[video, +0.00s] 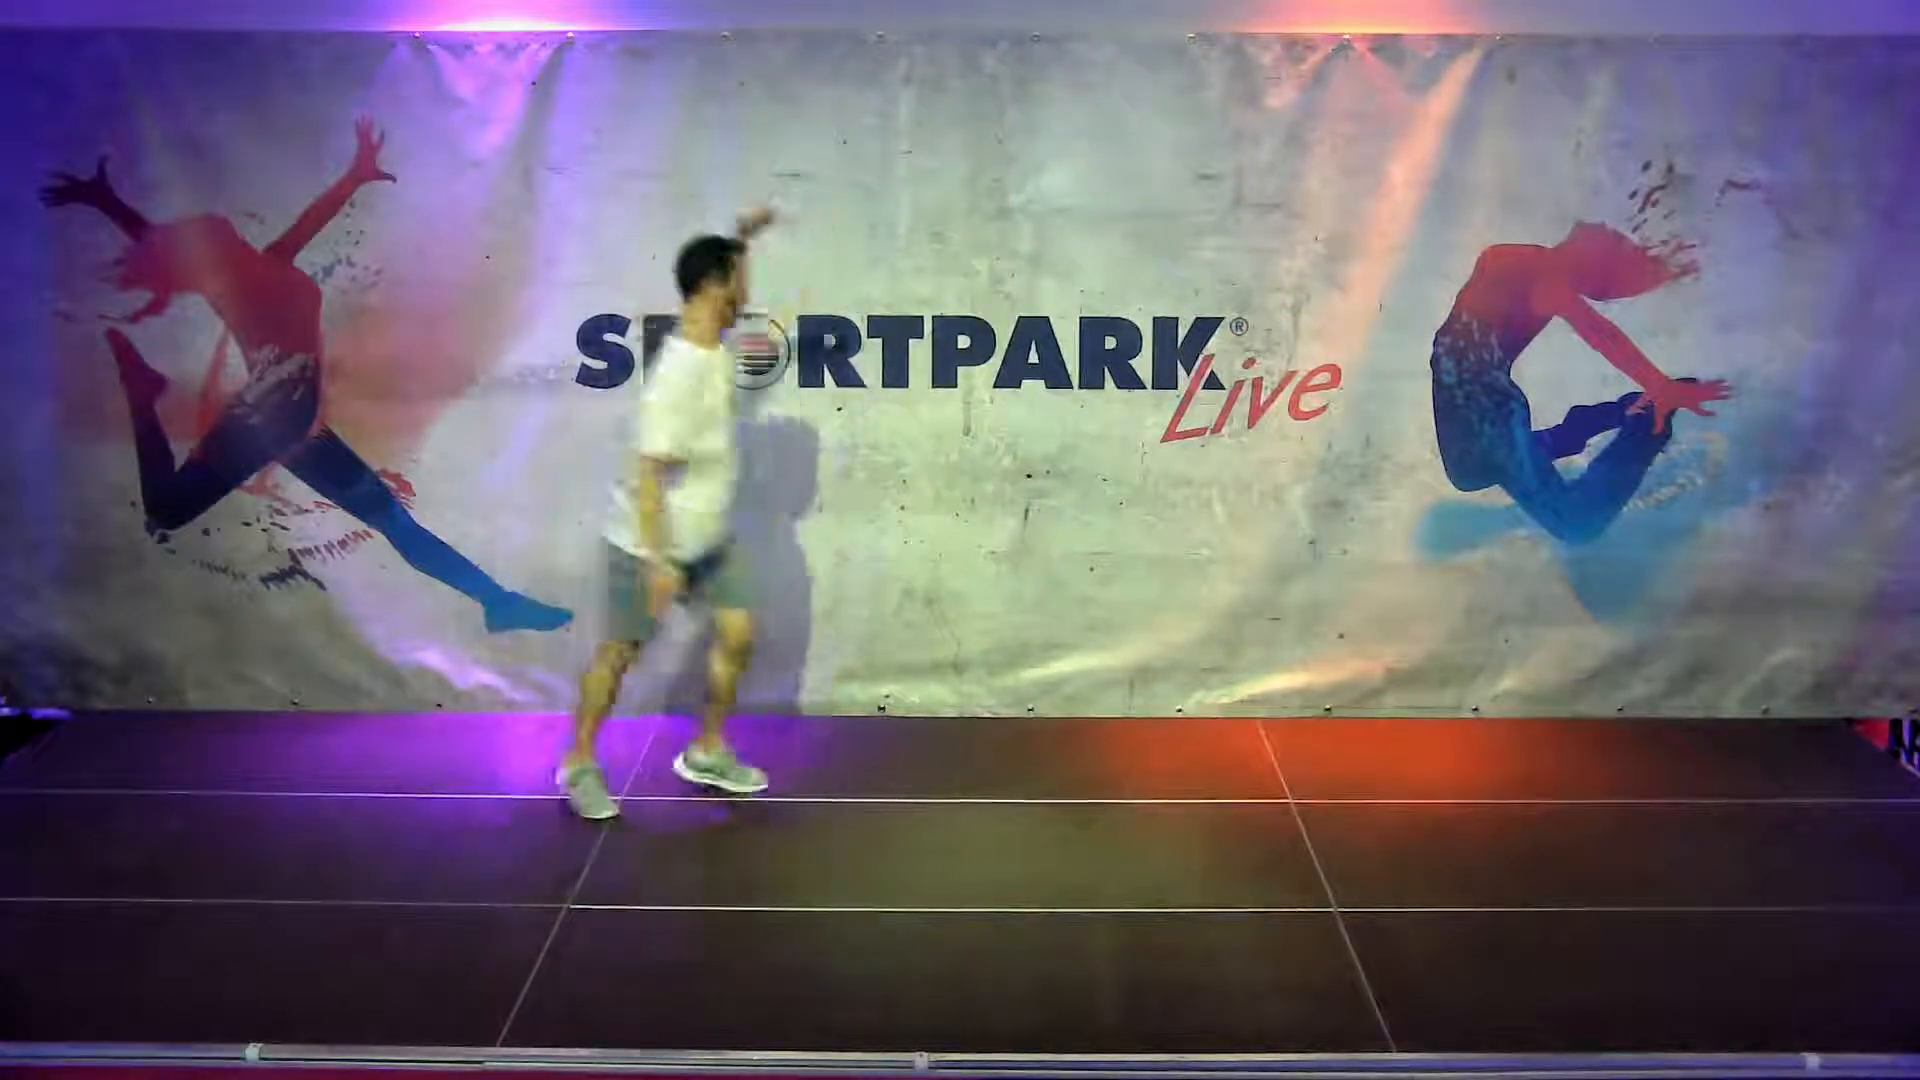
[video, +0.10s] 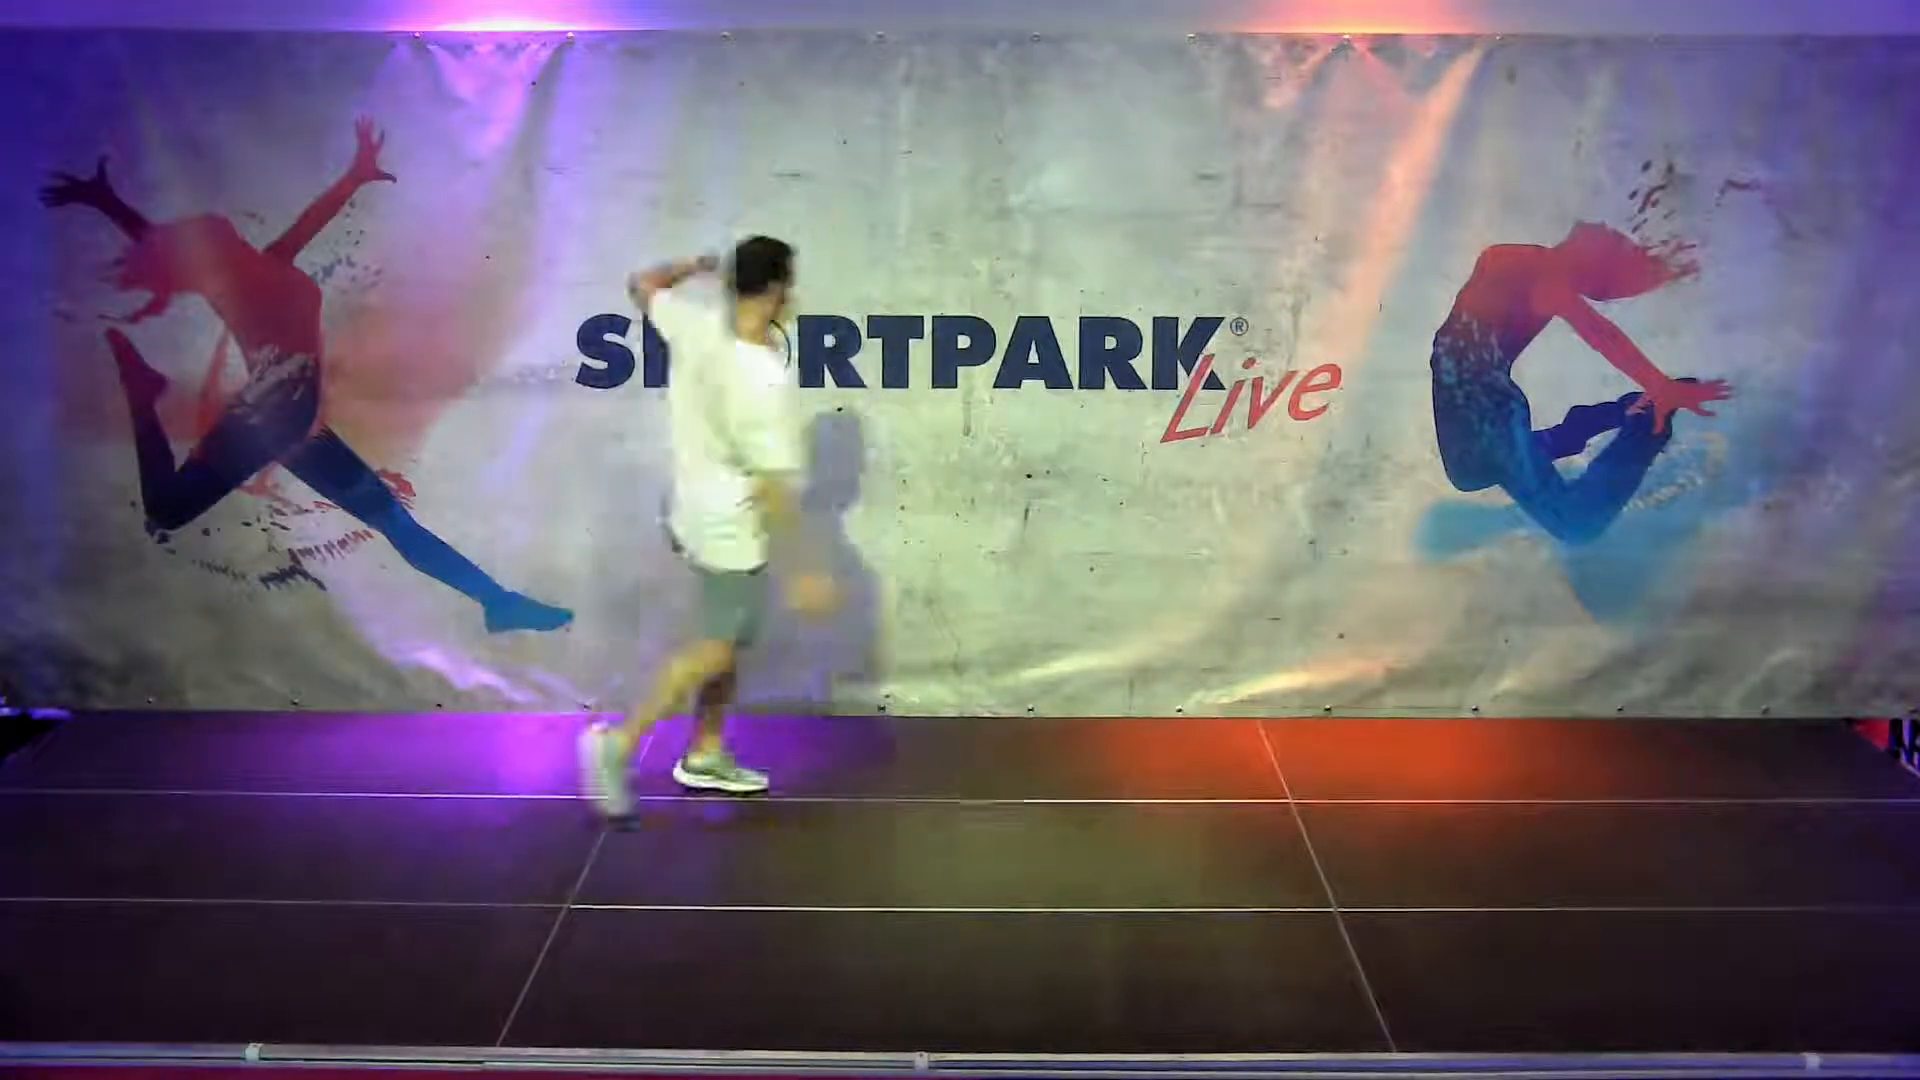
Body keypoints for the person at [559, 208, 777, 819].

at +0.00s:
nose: (744, 289)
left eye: (742, 277)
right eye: (737, 278)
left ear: (702, 287)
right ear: (713, 286)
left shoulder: (712, 349)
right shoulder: (677, 369)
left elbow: (728, 290)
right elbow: (650, 469)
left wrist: (745, 239)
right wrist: (658, 557)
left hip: (704, 528)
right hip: (648, 533)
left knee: (737, 632)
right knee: (619, 649)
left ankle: (709, 748)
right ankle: (580, 761)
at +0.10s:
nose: (789, 296)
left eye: (786, 286)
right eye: (786, 287)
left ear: (735, 285)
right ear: (774, 291)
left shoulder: (693, 326)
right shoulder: (759, 371)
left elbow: (643, 286)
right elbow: (773, 482)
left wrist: (688, 267)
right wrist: (805, 565)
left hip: (699, 508)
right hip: (731, 518)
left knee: (730, 635)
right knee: (718, 644)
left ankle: (706, 754)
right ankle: (619, 742)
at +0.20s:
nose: (846, 299)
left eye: (843, 290)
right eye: (844, 291)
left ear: (797, 285)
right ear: (837, 295)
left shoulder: (743, 315)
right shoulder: (823, 381)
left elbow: (662, 311)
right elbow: (867, 481)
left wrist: (653, 308)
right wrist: (911, 530)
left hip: (712, 502)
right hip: (765, 516)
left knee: (735, 616)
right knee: (806, 632)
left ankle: (714, 749)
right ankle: (726, 747)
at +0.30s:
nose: (889, 320)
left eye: (887, 310)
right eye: (888, 311)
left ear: (839, 302)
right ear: (881, 312)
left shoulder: (776, 338)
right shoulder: (867, 388)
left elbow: (703, 342)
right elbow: (932, 469)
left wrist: (651, 337)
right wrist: (994, 484)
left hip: (733, 516)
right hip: (798, 528)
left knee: (750, 626)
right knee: (873, 624)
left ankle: (725, 758)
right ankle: (876, 764)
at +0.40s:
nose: (923, 335)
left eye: (911, 323)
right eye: (923, 326)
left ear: (867, 322)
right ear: (917, 330)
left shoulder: (821, 371)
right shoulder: (918, 406)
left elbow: (740, 371)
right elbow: (1005, 451)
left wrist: (666, 352)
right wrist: (1066, 453)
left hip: (788, 545)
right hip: (858, 558)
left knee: (769, 646)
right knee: (939, 630)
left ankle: (726, 767)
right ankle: (979, 760)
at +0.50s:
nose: (954, 317)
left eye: (941, 307)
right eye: (959, 308)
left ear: (916, 313)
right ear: (963, 314)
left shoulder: (878, 376)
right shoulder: (988, 387)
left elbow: (793, 394)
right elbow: (1068, 416)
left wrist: (730, 379)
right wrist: (1119, 425)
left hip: (870, 549)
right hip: (944, 557)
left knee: (814, 640)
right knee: (999, 640)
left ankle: (749, 757)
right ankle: (1000, 767)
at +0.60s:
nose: (1018, 316)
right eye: (1019, 307)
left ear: (970, 314)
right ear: (1020, 312)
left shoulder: (944, 384)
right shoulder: (1055, 380)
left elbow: (858, 408)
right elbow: (1138, 393)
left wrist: (794, 394)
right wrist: (1199, 395)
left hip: (946, 545)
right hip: (1020, 551)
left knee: (891, 631)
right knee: (1032, 647)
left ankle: (867, 766)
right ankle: (1005, 769)